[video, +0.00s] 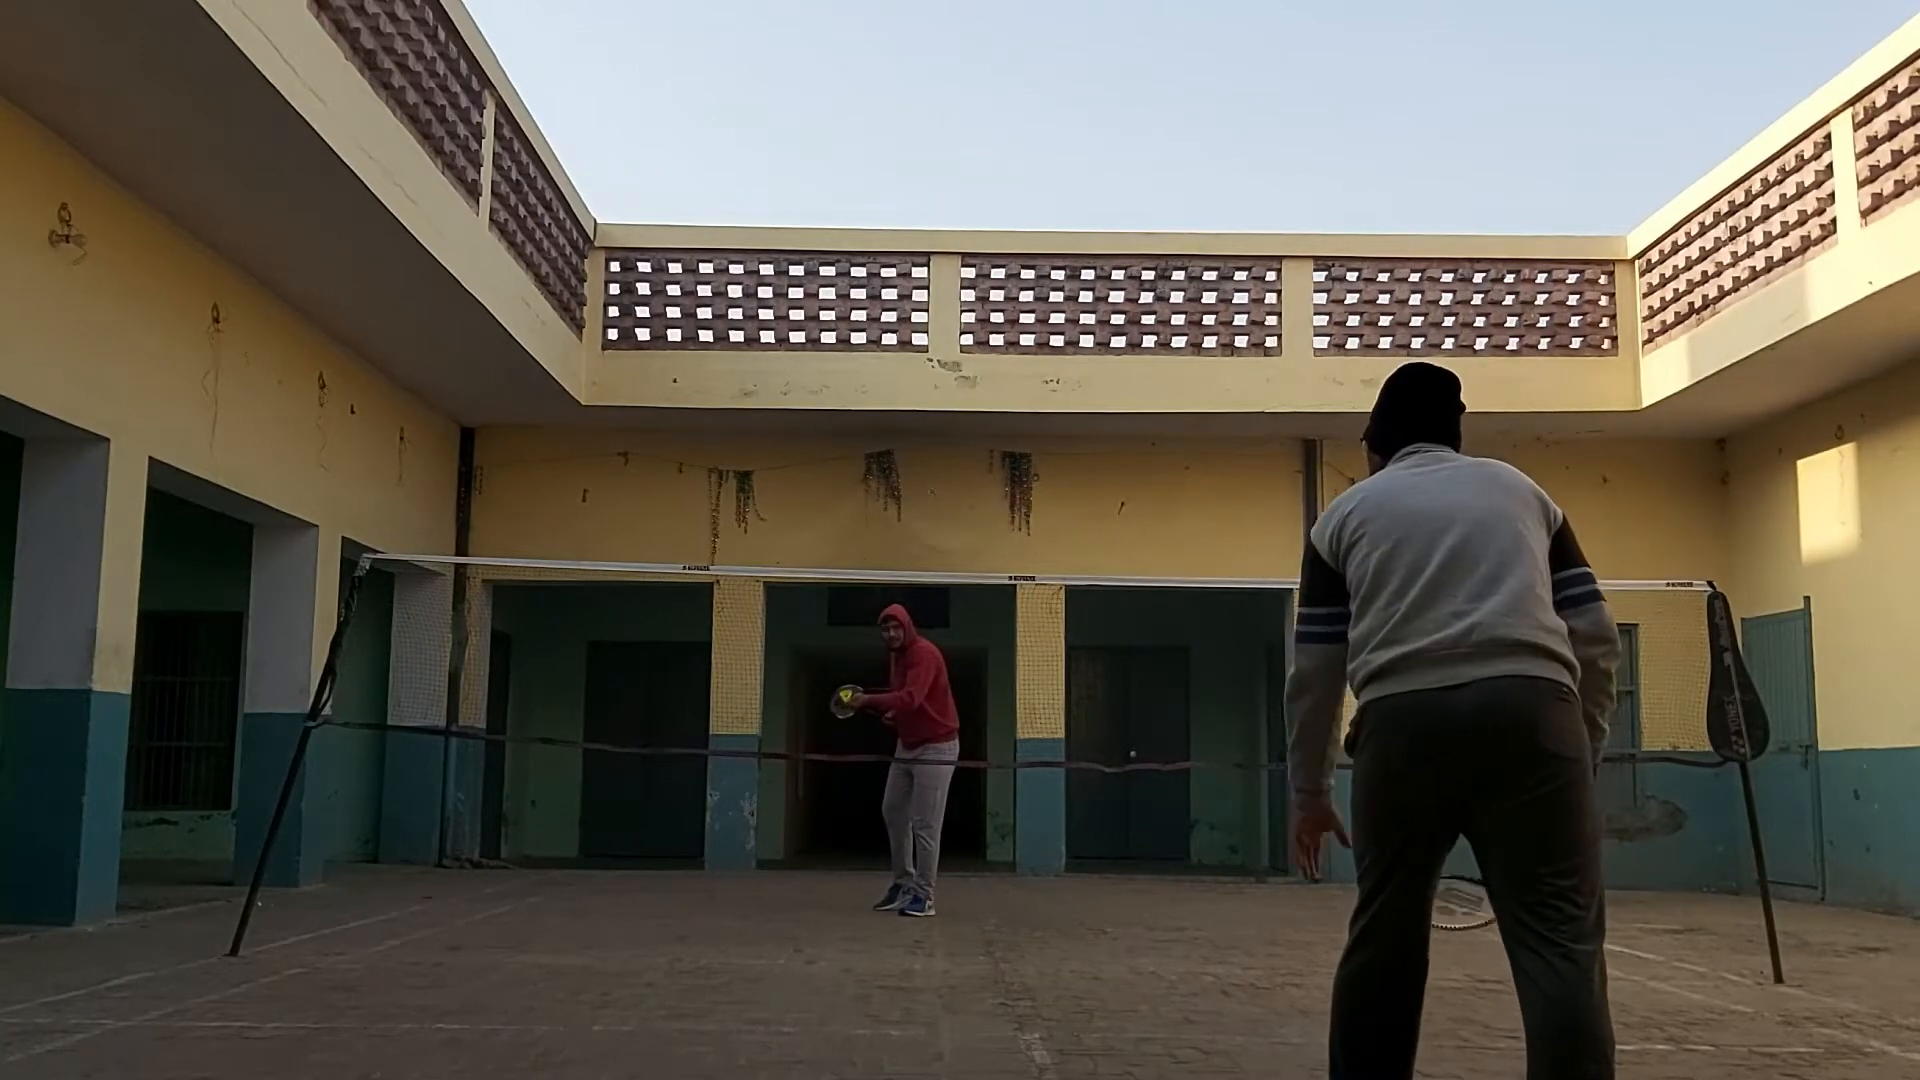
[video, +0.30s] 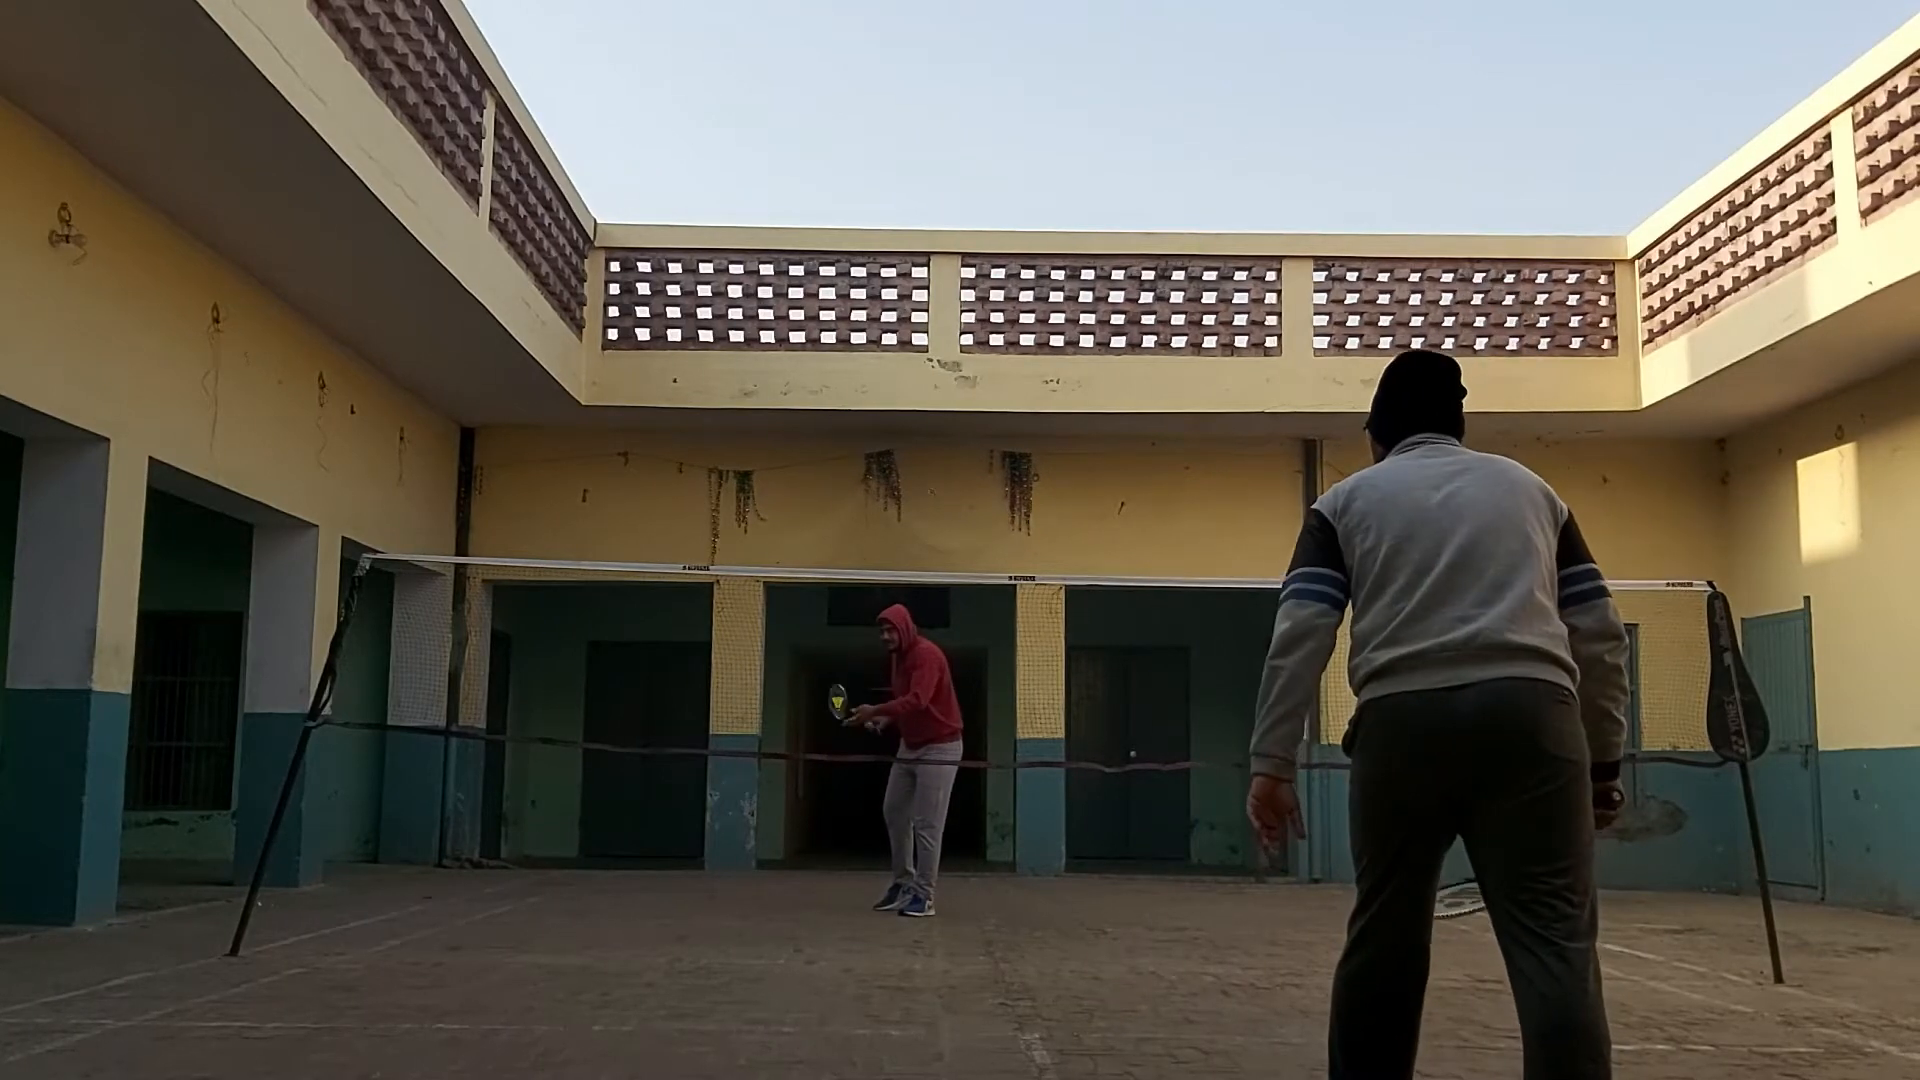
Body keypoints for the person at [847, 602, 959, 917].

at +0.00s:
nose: (892, 632)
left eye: (897, 627)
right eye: (887, 628)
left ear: (908, 628)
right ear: (883, 633)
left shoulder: (924, 653)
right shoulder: (897, 655)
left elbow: (910, 698)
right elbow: (906, 697)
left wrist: (864, 700)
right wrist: (895, 712)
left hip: (936, 747)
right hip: (908, 746)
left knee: (925, 823)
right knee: (893, 812)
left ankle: (924, 895)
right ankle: (903, 885)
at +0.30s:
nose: (886, 635)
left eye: (890, 630)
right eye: (883, 630)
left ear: (906, 629)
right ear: (884, 633)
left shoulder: (926, 654)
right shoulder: (899, 657)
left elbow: (918, 700)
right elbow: (906, 701)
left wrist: (873, 711)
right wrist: (884, 718)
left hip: (939, 748)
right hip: (911, 747)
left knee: (927, 823)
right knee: (895, 813)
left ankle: (923, 895)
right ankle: (903, 884)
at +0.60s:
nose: (906, 630)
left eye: (911, 624)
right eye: (901, 625)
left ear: (922, 627)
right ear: (896, 630)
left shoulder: (943, 656)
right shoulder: (897, 660)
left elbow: (953, 703)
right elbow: (887, 702)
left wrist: (949, 743)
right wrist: (904, 702)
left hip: (941, 750)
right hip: (909, 748)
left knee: (930, 823)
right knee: (890, 811)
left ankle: (924, 895)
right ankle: (908, 880)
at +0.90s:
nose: (937, 636)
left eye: (942, 632)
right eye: (932, 632)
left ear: (950, 638)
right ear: (923, 637)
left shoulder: (965, 668)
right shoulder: (908, 668)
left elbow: (991, 706)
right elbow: (894, 709)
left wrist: (1000, 741)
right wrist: (916, 721)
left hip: (945, 757)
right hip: (910, 757)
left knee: (928, 822)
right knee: (904, 824)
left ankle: (923, 895)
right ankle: (931, 878)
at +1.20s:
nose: (956, 635)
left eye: (961, 632)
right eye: (951, 631)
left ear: (968, 638)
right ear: (941, 636)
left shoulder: (982, 668)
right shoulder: (924, 669)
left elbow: (996, 711)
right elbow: (907, 715)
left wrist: (1001, 747)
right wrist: (897, 756)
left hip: (972, 755)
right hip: (932, 755)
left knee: (977, 813)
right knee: (932, 821)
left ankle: (962, 885)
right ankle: (936, 886)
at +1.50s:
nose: (987, 638)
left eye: (992, 635)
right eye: (982, 634)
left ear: (1000, 641)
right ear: (973, 639)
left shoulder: (1014, 672)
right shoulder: (958, 670)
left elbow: (1033, 711)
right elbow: (938, 709)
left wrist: (1037, 741)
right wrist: (920, 744)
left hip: (1003, 760)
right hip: (963, 758)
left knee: (1018, 826)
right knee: (949, 821)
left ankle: (1036, 883)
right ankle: (939, 886)